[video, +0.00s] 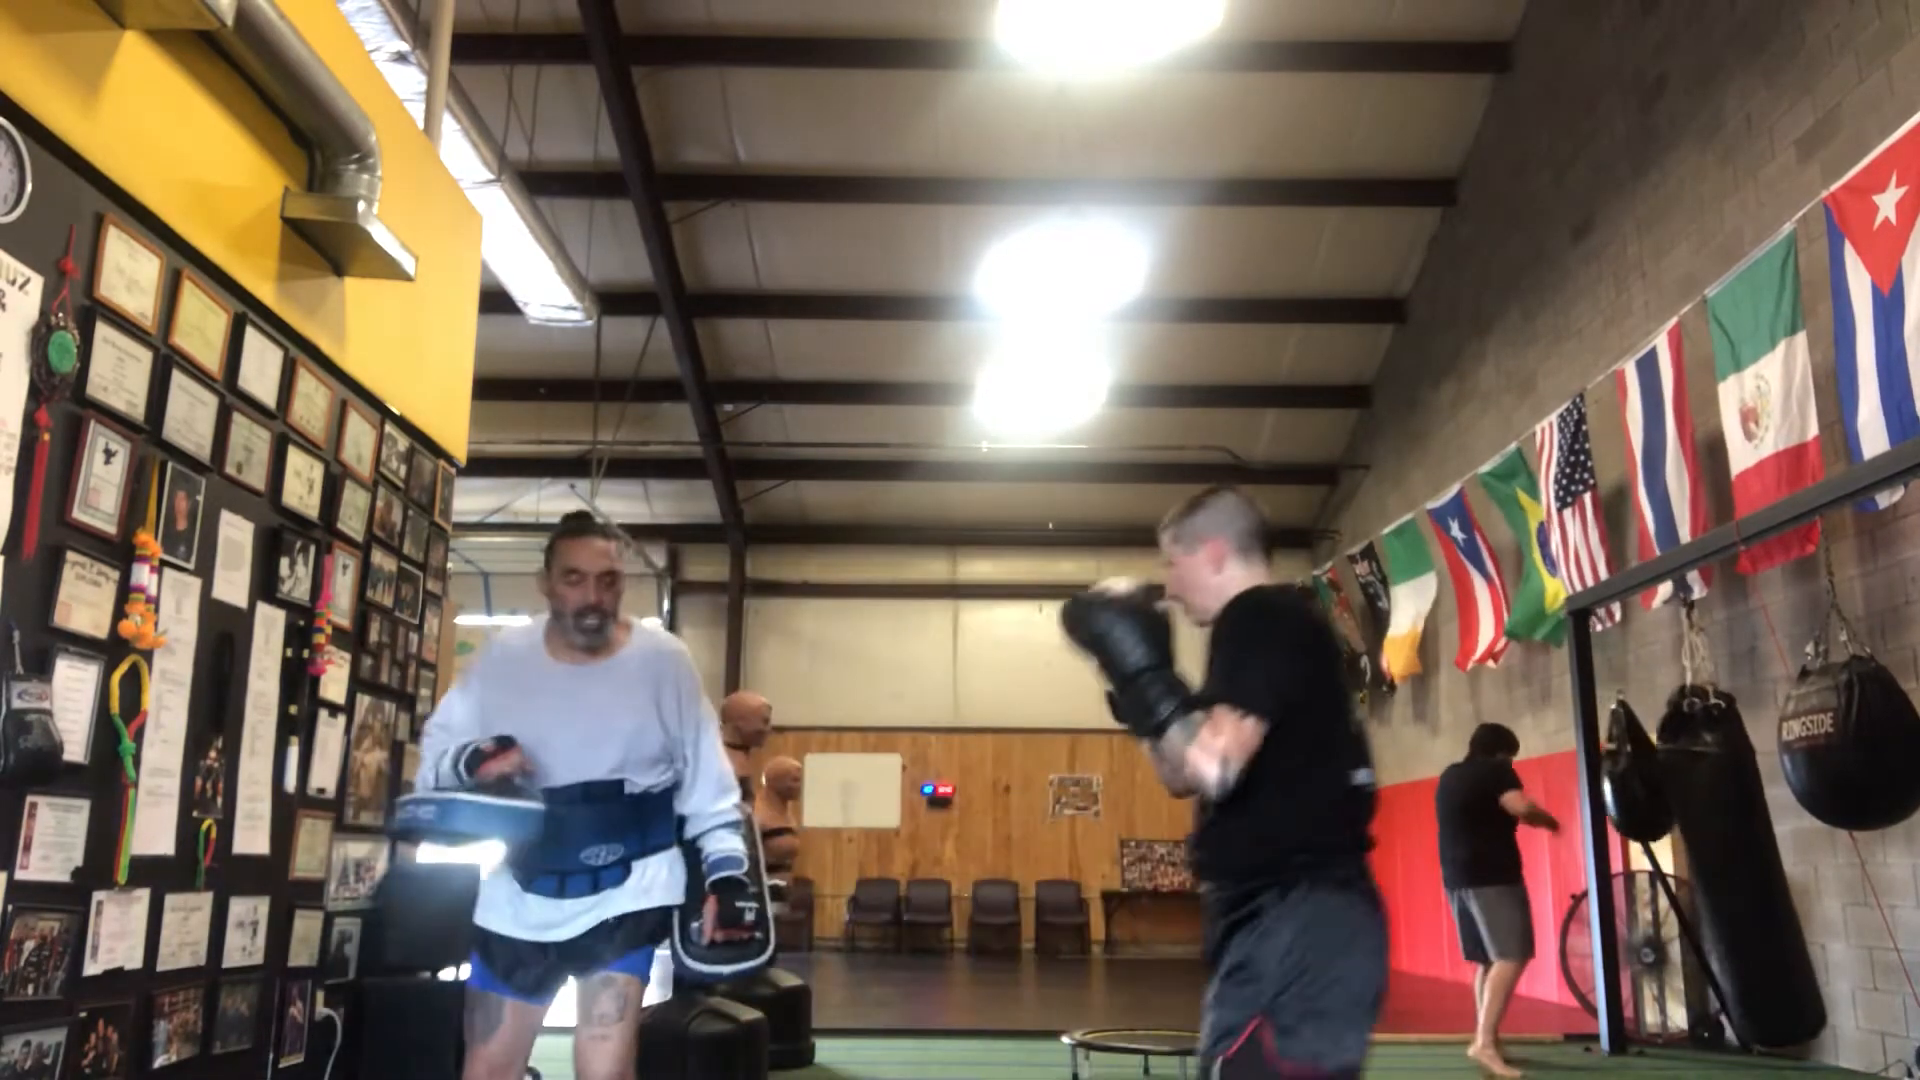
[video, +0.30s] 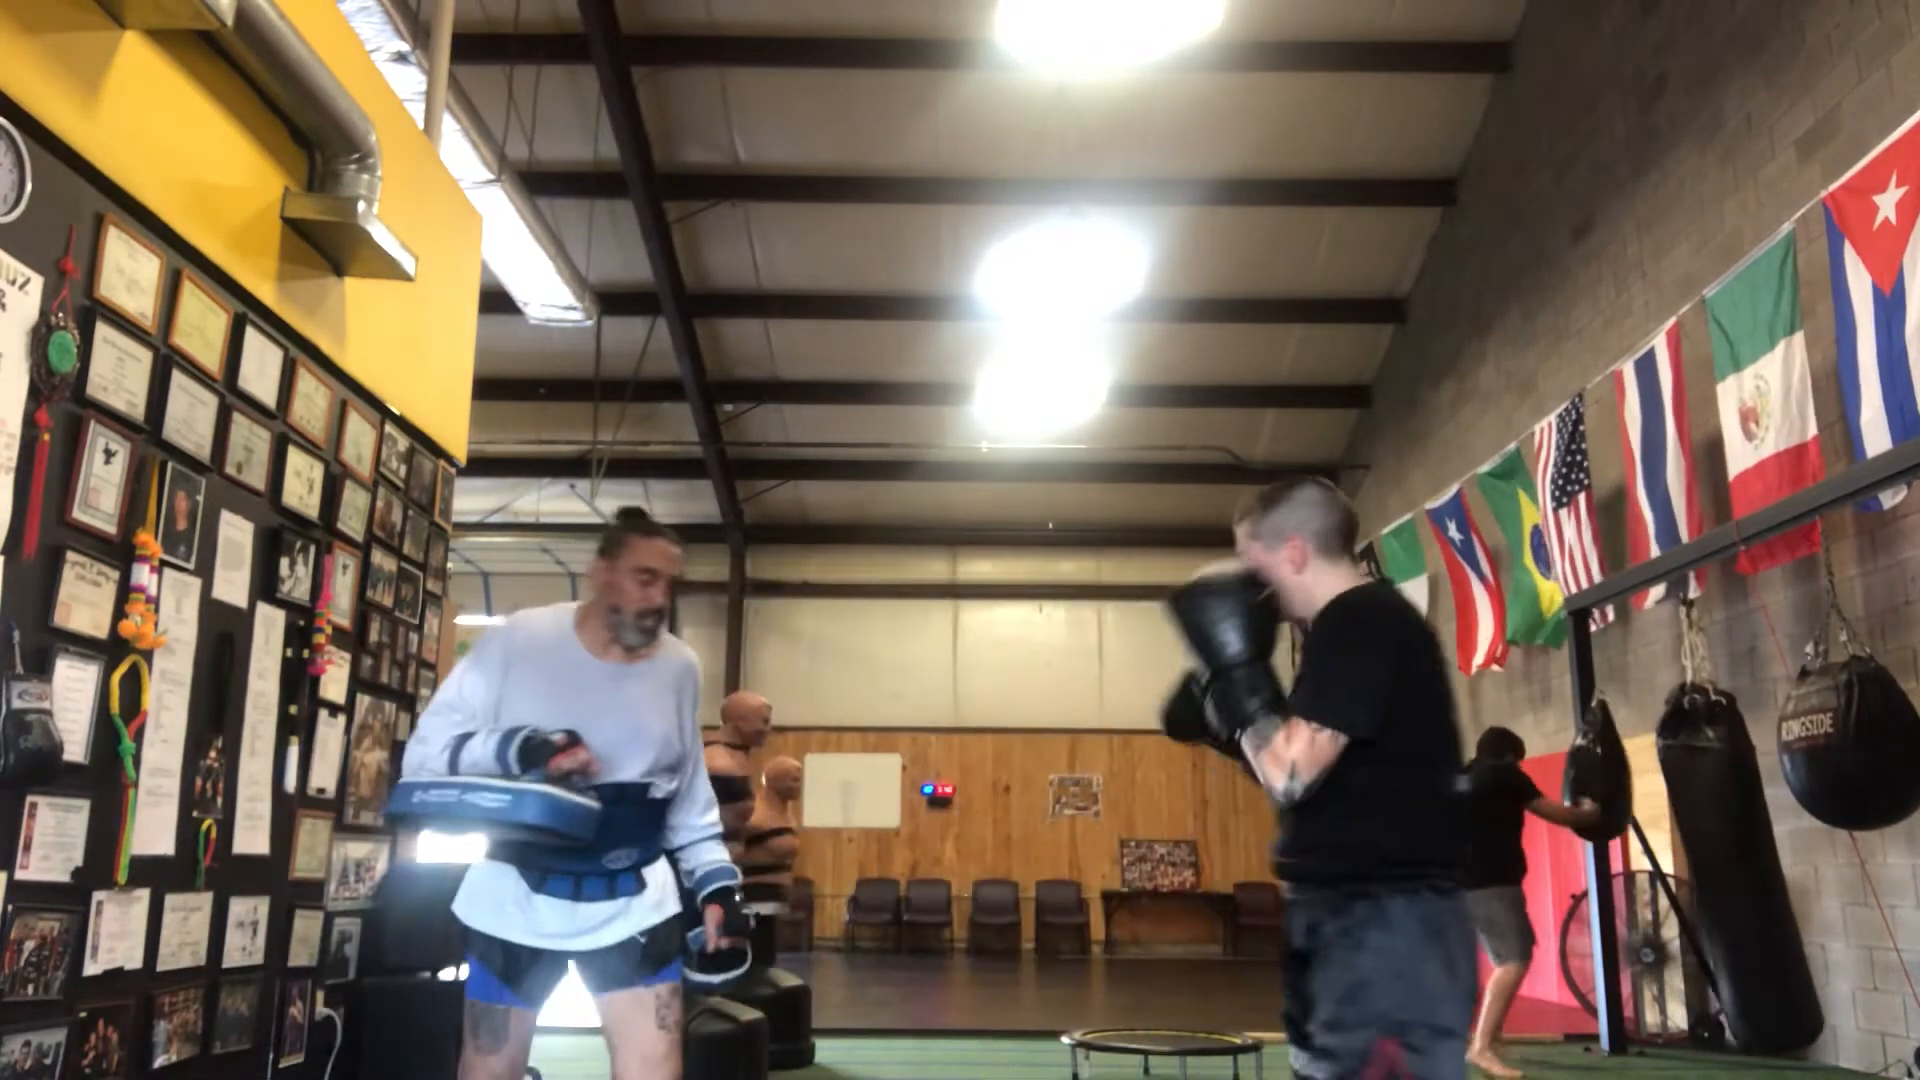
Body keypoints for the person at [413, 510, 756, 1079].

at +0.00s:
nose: (593, 597)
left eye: (607, 580)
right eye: (575, 580)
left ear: (623, 584)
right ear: (546, 586)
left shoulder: (663, 660)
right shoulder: (503, 659)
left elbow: (707, 774)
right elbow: (434, 756)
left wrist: (726, 873)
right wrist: (469, 763)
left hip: (631, 889)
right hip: (522, 887)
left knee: (604, 1067)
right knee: (488, 1068)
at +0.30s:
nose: (661, 599)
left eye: (670, 585)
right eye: (646, 579)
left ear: (674, 588)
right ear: (599, 573)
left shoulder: (678, 668)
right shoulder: (516, 641)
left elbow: (689, 799)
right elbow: (423, 755)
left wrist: (715, 886)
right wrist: (524, 752)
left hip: (637, 906)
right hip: (517, 901)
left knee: (655, 1071)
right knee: (489, 1072)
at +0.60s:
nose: (726, 600)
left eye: (736, 586)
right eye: (716, 577)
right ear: (666, 563)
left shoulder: (715, 672)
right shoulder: (570, 622)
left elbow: (718, 798)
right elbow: (471, 732)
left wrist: (757, 857)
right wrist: (584, 721)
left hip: (658, 917)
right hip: (536, 906)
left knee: (652, 1072)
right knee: (500, 1071)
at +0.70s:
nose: (732, 592)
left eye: (740, 579)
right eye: (720, 570)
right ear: (668, 558)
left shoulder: (721, 667)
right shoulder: (573, 619)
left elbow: (727, 789)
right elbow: (479, 725)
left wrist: (771, 824)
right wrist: (593, 715)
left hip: (662, 907)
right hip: (547, 894)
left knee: (651, 1070)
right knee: (527, 1067)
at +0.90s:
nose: (727, 579)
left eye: (732, 564)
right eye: (713, 558)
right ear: (660, 550)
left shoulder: (717, 657)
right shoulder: (565, 617)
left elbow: (728, 775)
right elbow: (476, 737)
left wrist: (787, 767)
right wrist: (587, 708)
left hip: (673, 917)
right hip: (561, 908)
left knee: (654, 1072)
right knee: (560, 1071)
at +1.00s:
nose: (719, 570)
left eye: (723, 555)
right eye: (703, 549)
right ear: (646, 543)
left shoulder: (703, 645)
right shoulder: (556, 615)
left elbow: (728, 762)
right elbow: (475, 741)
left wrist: (790, 737)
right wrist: (591, 694)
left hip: (680, 917)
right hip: (566, 910)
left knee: (672, 1072)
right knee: (560, 1073)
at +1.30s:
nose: (723, 577)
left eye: (730, 564)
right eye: (716, 556)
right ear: (668, 537)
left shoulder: (694, 633)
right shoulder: (567, 598)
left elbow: (733, 748)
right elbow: (583, 726)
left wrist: (794, 654)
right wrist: (680, 602)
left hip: (694, 899)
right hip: (581, 901)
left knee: (776, 1055)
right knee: (569, 1072)